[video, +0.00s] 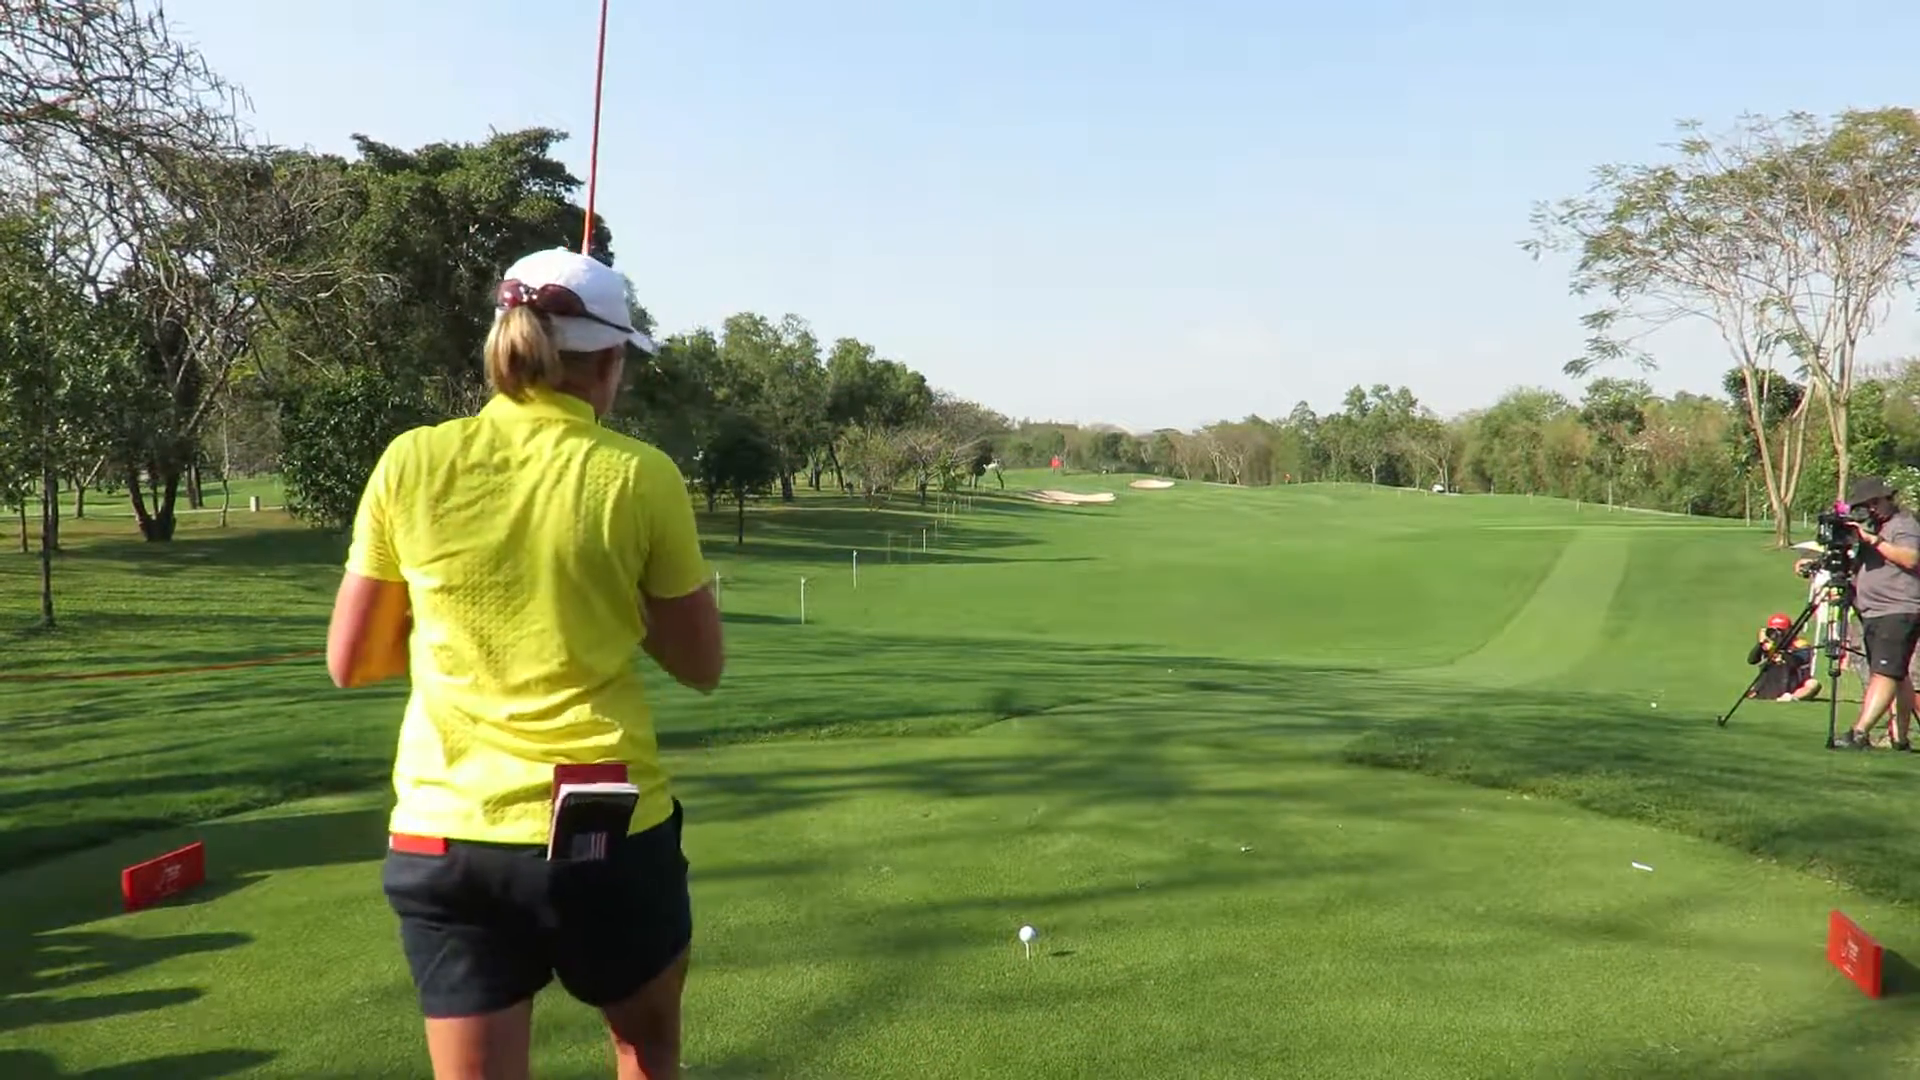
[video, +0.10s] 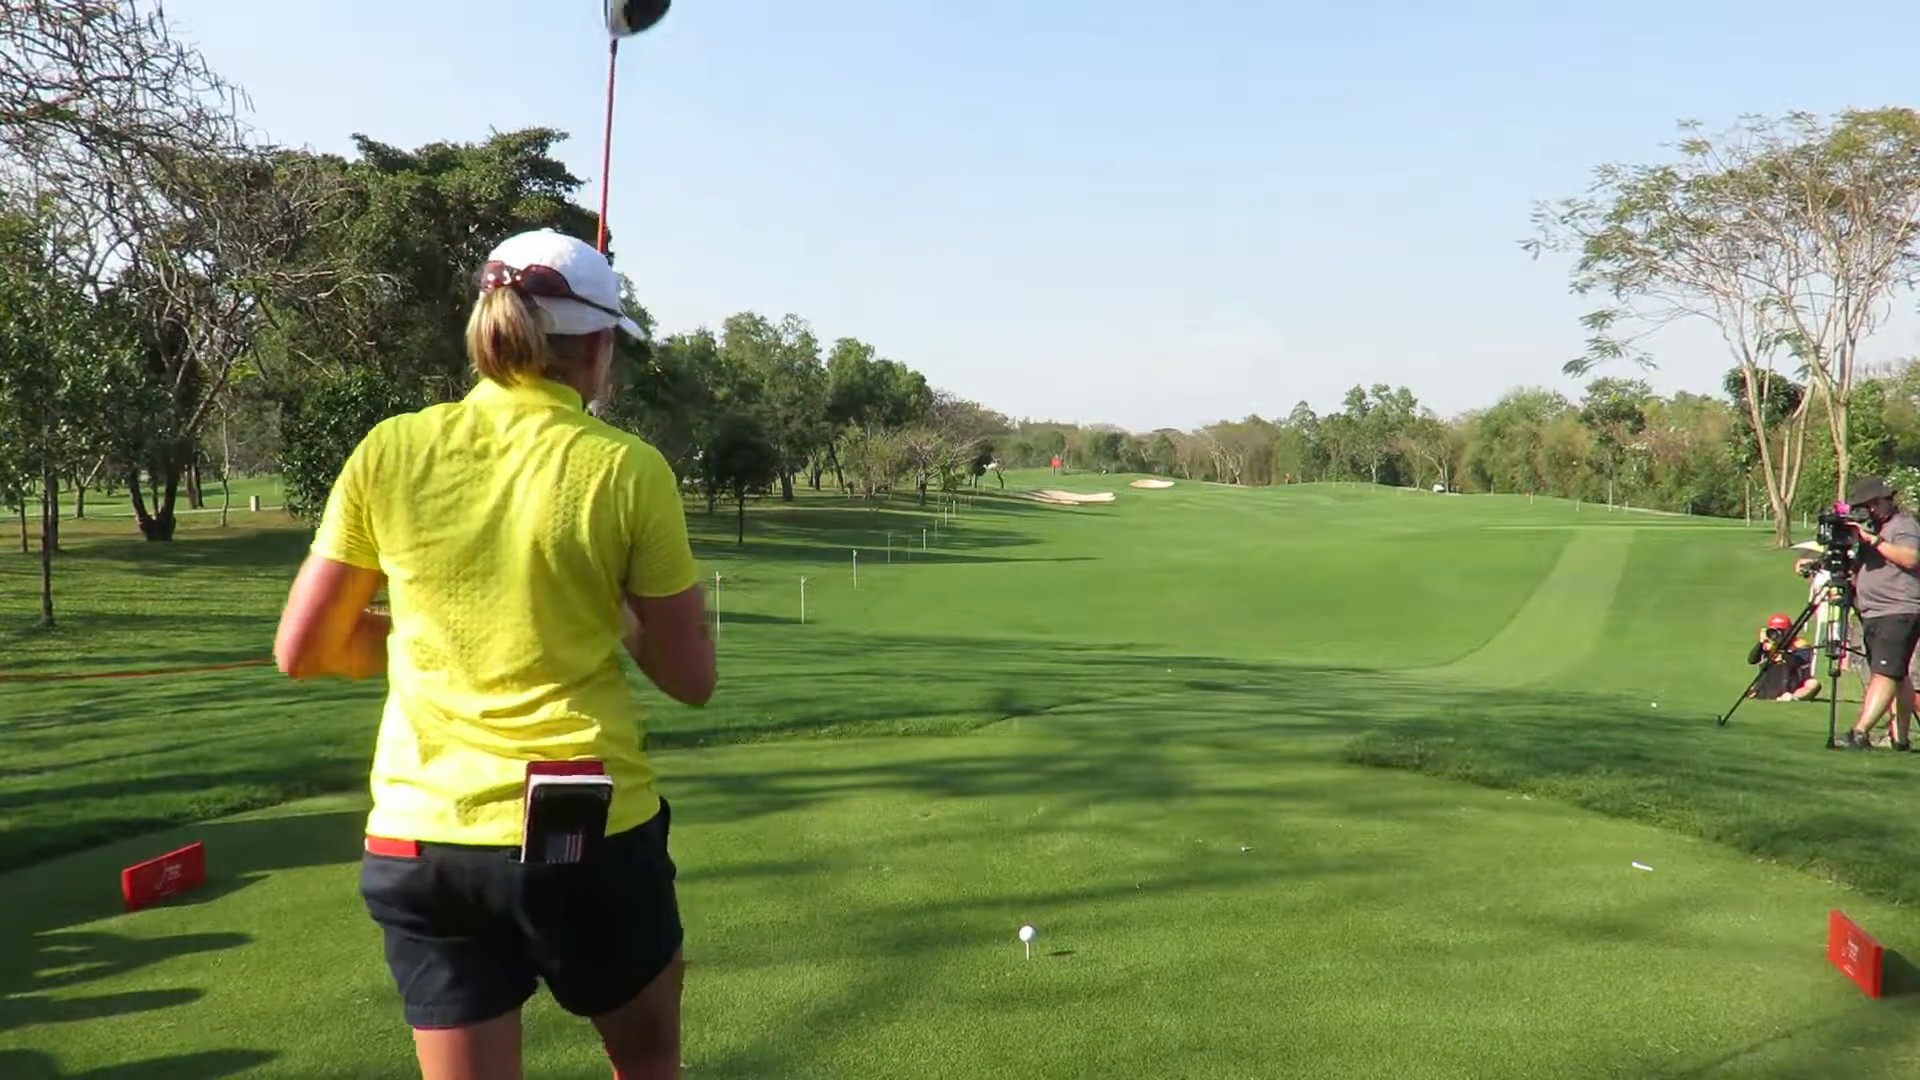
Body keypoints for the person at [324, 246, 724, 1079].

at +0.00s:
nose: (621, 377)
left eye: (622, 358)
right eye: (623, 359)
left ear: (501, 349)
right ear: (606, 364)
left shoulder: (409, 462)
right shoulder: (637, 477)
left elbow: (352, 659)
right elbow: (700, 661)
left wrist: (458, 614)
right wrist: (614, 584)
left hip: (441, 843)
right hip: (606, 839)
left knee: (474, 1070)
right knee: (646, 1047)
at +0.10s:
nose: (610, 363)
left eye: (612, 343)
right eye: (611, 345)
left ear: (486, 336)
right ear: (594, 350)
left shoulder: (387, 450)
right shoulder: (624, 468)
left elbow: (304, 647)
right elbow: (692, 675)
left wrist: (426, 638)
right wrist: (620, 609)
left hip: (419, 848)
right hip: (584, 843)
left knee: (462, 1070)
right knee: (645, 1058)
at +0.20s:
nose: (605, 349)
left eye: (605, 330)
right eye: (603, 332)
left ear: (475, 325)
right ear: (590, 339)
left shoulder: (370, 445)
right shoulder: (616, 467)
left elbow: (255, 634)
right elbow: (685, 692)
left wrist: (396, 659)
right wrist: (621, 625)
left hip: (397, 857)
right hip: (570, 852)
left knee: (450, 1068)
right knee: (633, 1064)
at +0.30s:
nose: (597, 346)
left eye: (597, 326)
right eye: (597, 327)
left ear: (467, 318)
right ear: (582, 333)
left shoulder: (358, 443)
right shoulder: (615, 468)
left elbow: (220, 628)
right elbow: (680, 711)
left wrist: (365, 704)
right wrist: (626, 661)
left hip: (387, 859)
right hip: (563, 858)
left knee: (437, 1065)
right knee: (599, 1063)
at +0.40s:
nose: (594, 346)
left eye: (593, 321)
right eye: (595, 324)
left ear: (462, 310)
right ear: (577, 327)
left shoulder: (350, 442)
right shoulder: (614, 468)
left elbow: (203, 631)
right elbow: (675, 719)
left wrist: (342, 720)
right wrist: (619, 709)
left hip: (379, 871)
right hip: (553, 877)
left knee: (427, 1065)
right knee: (570, 1062)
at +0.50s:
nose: (593, 345)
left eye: (593, 320)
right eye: (594, 323)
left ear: (459, 309)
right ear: (576, 326)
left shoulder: (343, 444)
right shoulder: (610, 470)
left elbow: (198, 643)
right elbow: (676, 727)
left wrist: (338, 743)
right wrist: (642, 783)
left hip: (365, 892)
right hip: (536, 902)